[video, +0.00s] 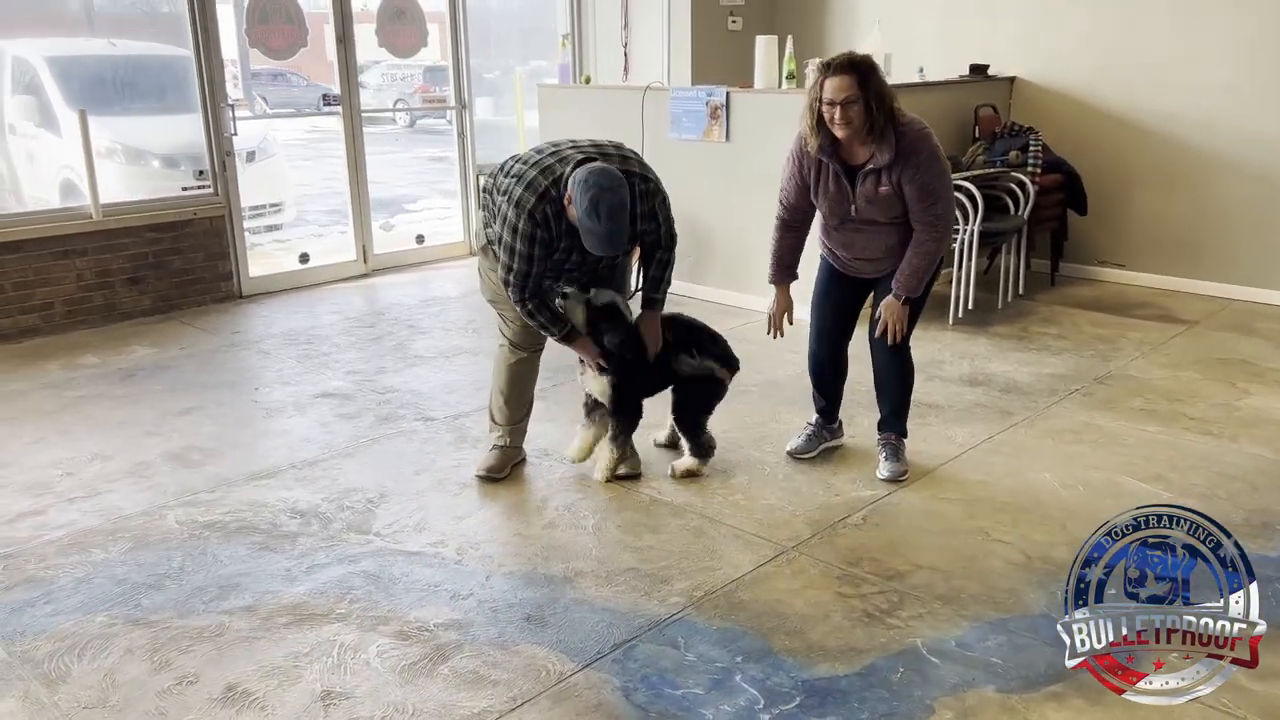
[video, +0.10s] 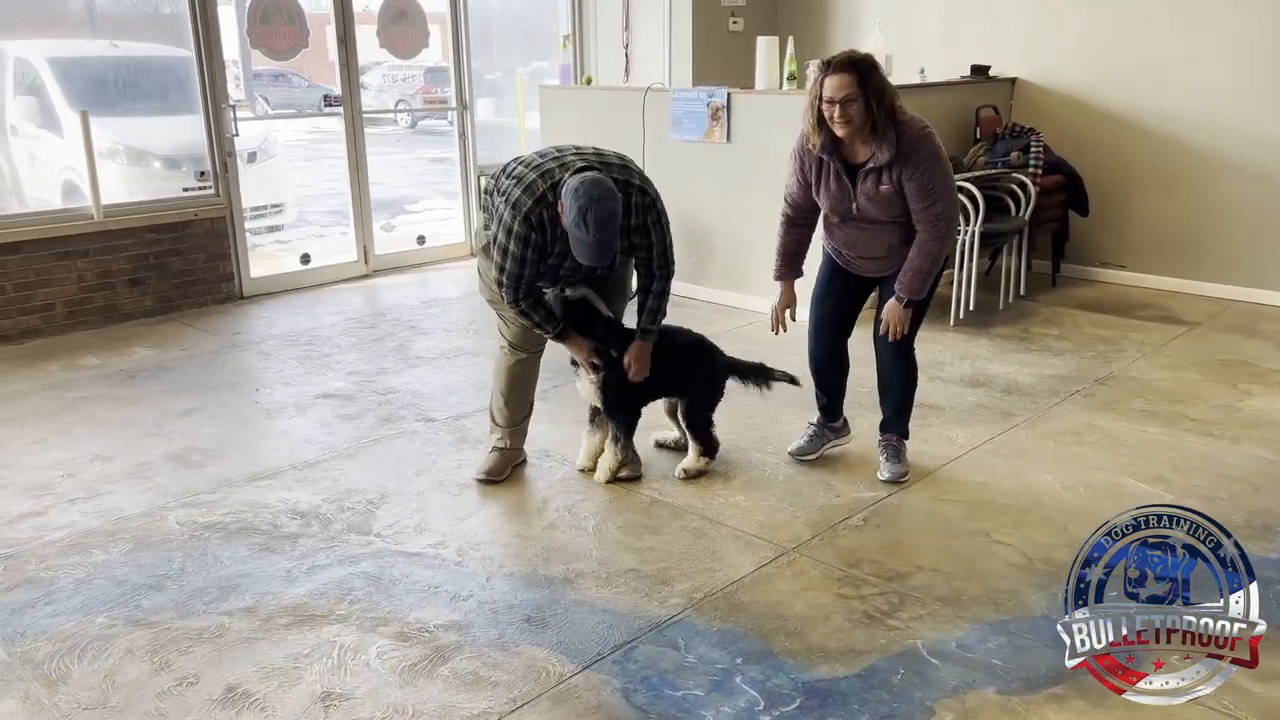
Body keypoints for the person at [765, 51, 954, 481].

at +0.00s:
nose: (838, 114)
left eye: (849, 103)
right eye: (829, 104)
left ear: (871, 101)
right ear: (817, 105)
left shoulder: (913, 143)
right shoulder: (810, 145)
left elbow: (935, 227)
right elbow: (792, 215)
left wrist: (900, 293)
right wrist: (781, 285)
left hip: (903, 259)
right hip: (841, 255)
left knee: (887, 338)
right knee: (823, 345)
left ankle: (892, 439)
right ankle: (826, 423)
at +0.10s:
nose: (837, 112)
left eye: (848, 101)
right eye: (828, 102)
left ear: (872, 99)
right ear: (817, 103)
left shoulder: (914, 142)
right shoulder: (812, 145)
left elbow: (938, 226)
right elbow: (797, 212)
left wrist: (904, 296)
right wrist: (786, 280)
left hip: (908, 257)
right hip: (844, 252)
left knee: (892, 338)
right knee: (824, 334)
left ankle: (893, 440)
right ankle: (830, 421)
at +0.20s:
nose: (834, 113)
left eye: (845, 102)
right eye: (825, 103)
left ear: (869, 100)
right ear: (815, 104)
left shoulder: (912, 142)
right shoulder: (810, 146)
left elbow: (935, 229)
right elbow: (797, 213)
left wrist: (901, 301)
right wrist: (782, 278)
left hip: (908, 258)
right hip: (845, 255)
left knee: (893, 338)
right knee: (825, 339)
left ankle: (894, 440)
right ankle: (834, 429)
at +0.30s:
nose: (827, 120)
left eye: (838, 109)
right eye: (818, 109)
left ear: (862, 108)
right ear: (809, 110)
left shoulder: (905, 148)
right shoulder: (806, 151)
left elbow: (926, 237)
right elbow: (790, 217)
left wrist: (891, 309)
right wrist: (768, 283)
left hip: (908, 260)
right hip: (844, 260)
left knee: (892, 345)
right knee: (830, 348)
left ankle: (894, 443)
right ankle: (835, 436)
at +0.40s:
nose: (818, 133)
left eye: (829, 123)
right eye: (809, 123)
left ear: (854, 121)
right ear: (800, 123)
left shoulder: (897, 158)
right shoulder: (799, 164)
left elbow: (914, 246)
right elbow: (778, 227)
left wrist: (875, 318)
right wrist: (749, 292)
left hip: (908, 260)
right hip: (842, 258)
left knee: (897, 343)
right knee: (826, 344)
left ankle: (899, 441)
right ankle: (833, 438)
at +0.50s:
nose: (809, 147)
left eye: (820, 137)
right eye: (801, 138)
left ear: (844, 136)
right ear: (792, 138)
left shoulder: (889, 173)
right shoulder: (792, 180)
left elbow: (900, 262)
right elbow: (768, 240)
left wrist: (860, 333)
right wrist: (732, 300)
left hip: (907, 267)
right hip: (838, 267)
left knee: (895, 355)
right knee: (818, 355)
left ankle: (922, 417)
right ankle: (831, 440)